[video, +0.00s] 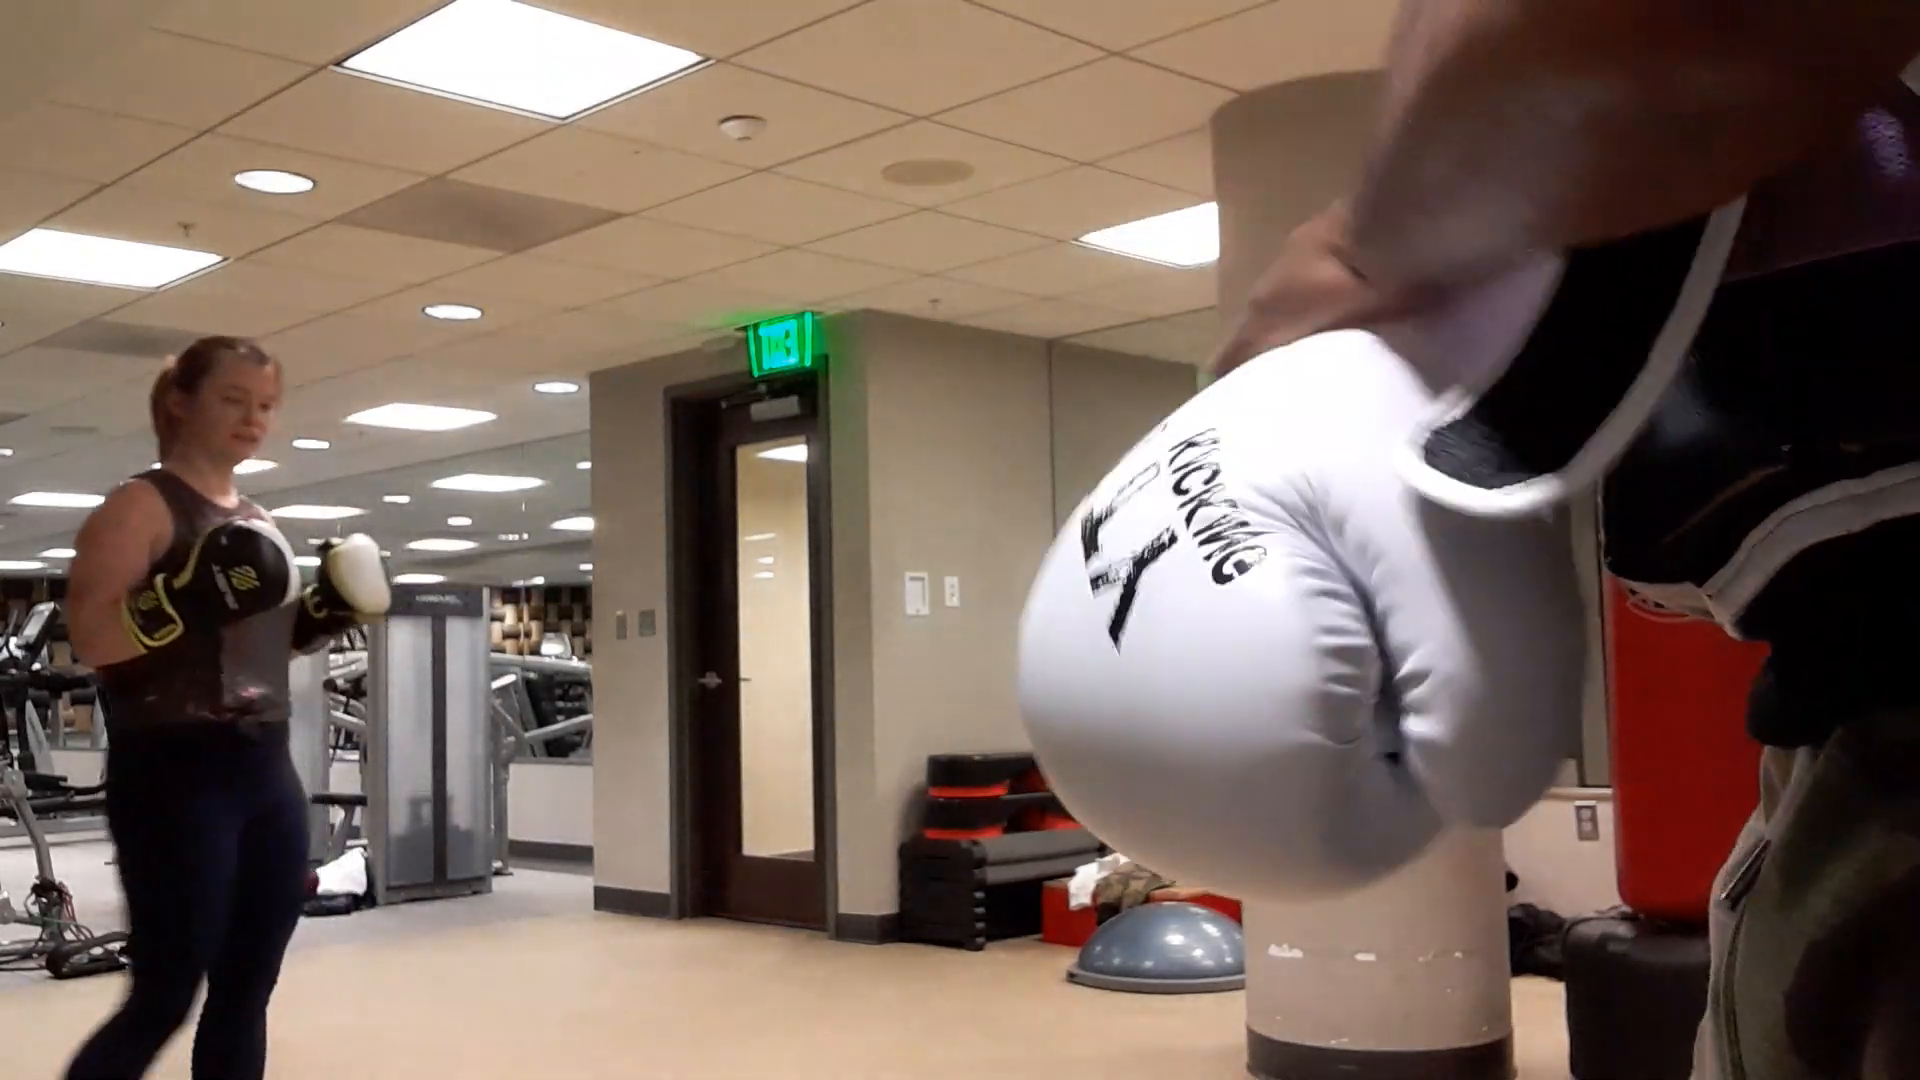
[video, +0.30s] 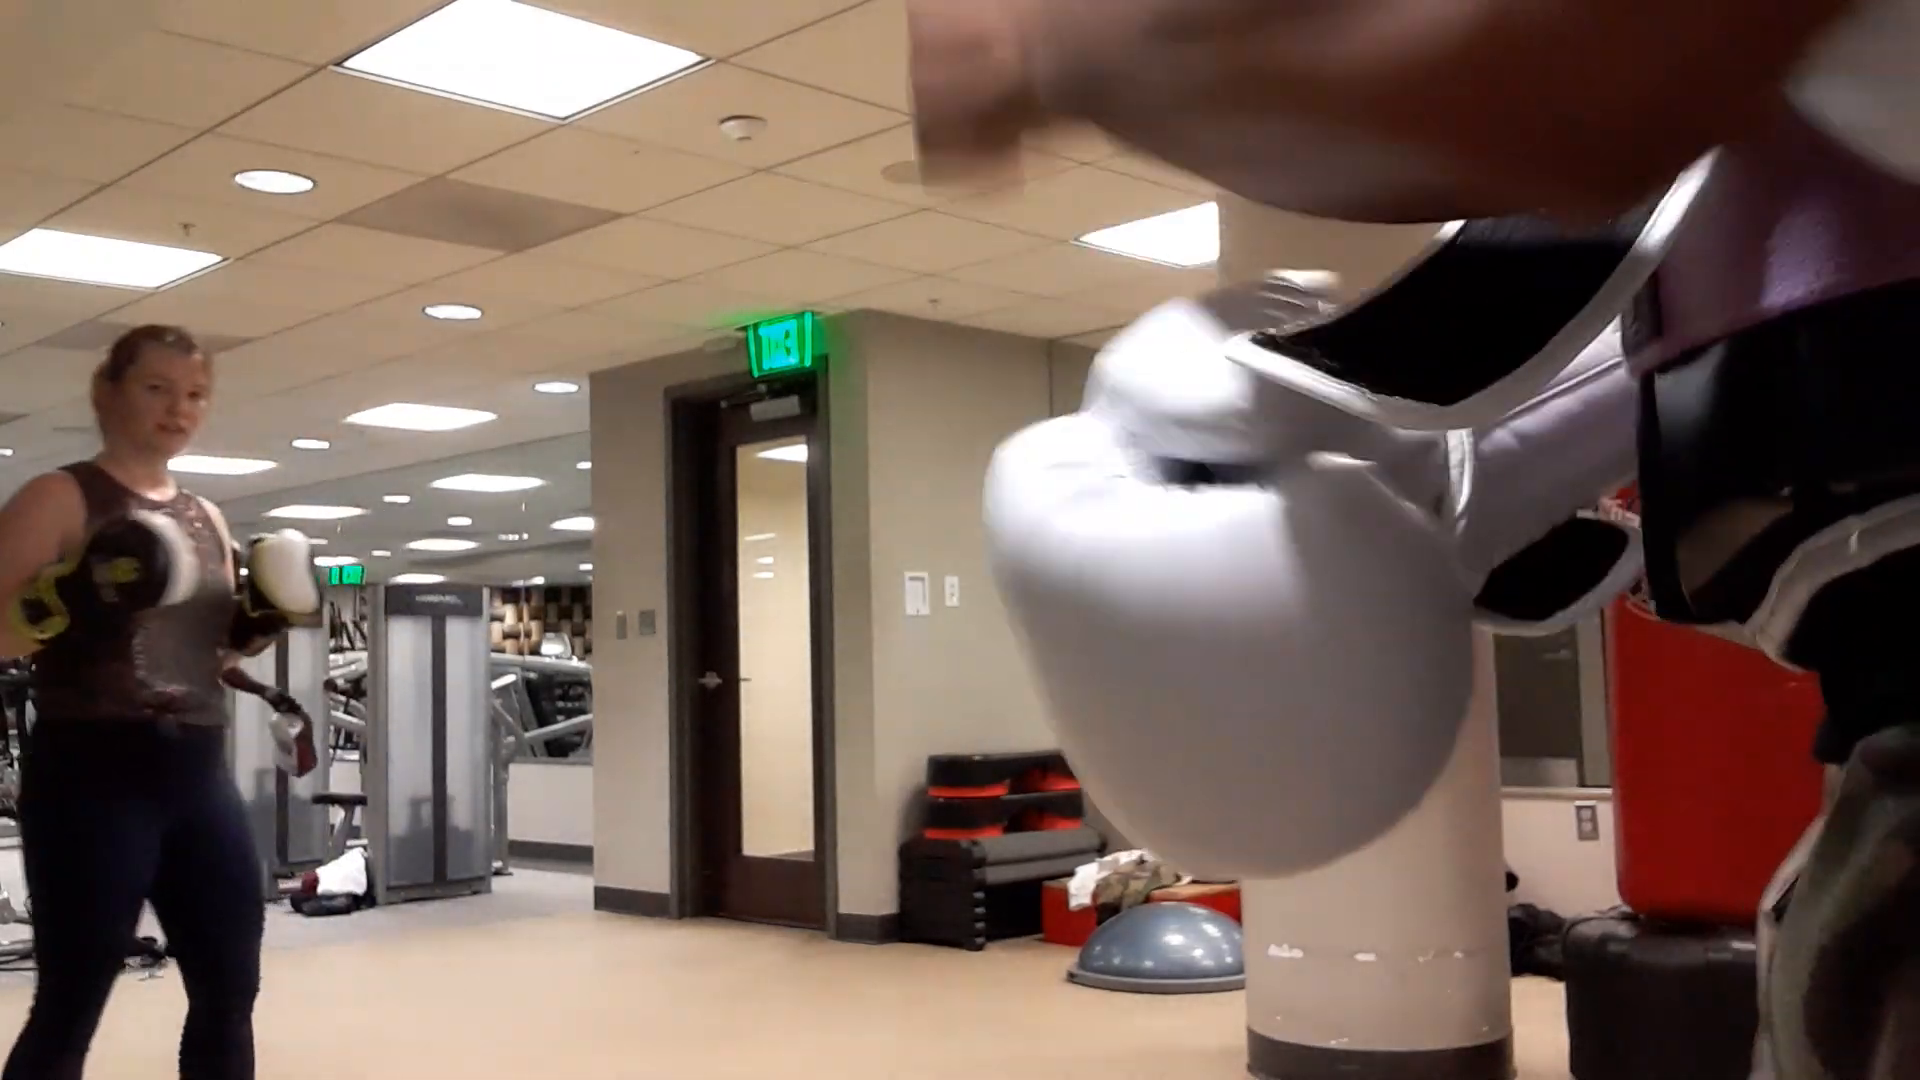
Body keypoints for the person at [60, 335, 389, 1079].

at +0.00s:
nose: (254, 420)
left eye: (266, 407)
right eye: (235, 401)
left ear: (275, 416)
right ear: (180, 403)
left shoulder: (249, 516)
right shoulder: (137, 507)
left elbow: (252, 646)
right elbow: (92, 640)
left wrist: (320, 615)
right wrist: (186, 601)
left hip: (263, 769)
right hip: (170, 772)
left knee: (244, 993)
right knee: (163, 995)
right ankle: (89, 1073)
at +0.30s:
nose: (180, 409)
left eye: (195, 395)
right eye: (158, 389)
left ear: (206, 409)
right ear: (107, 394)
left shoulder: (206, 517)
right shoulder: (57, 500)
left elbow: (216, 644)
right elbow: (2, 632)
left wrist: (263, 618)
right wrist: (78, 600)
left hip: (195, 772)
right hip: (87, 772)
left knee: (228, 987)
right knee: (73, 996)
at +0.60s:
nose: (114, 401)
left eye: (131, 388)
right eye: (92, 381)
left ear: (146, 404)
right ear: (43, 391)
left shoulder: (171, 510)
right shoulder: (12, 497)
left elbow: (191, 647)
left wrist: (226, 611)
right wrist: (11, 594)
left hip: (151, 769)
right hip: (37, 768)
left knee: (186, 997)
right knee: (22, 1013)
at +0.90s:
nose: (102, 399)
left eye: (119, 384)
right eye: (79, 379)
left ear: (135, 400)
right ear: (31, 388)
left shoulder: (162, 502)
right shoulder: (7, 492)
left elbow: (191, 636)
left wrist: (219, 597)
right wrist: (9, 587)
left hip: (146, 768)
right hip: (29, 768)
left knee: (182, 1005)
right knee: (19, 1017)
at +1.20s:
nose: (131, 403)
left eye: (146, 388)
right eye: (108, 383)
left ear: (160, 401)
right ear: (54, 391)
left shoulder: (187, 505)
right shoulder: (17, 499)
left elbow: (212, 639)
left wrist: (246, 597)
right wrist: (13, 597)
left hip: (171, 769)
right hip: (49, 769)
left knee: (193, 1008)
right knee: (33, 1010)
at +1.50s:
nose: (167, 401)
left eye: (183, 386)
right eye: (145, 382)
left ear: (195, 400)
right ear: (95, 392)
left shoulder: (221, 508)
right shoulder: (45, 505)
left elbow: (236, 651)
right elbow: (4, 648)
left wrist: (280, 608)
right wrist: (49, 608)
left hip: (212, 780)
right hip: (89, 780)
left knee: (206, 1010)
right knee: (60, 1008)